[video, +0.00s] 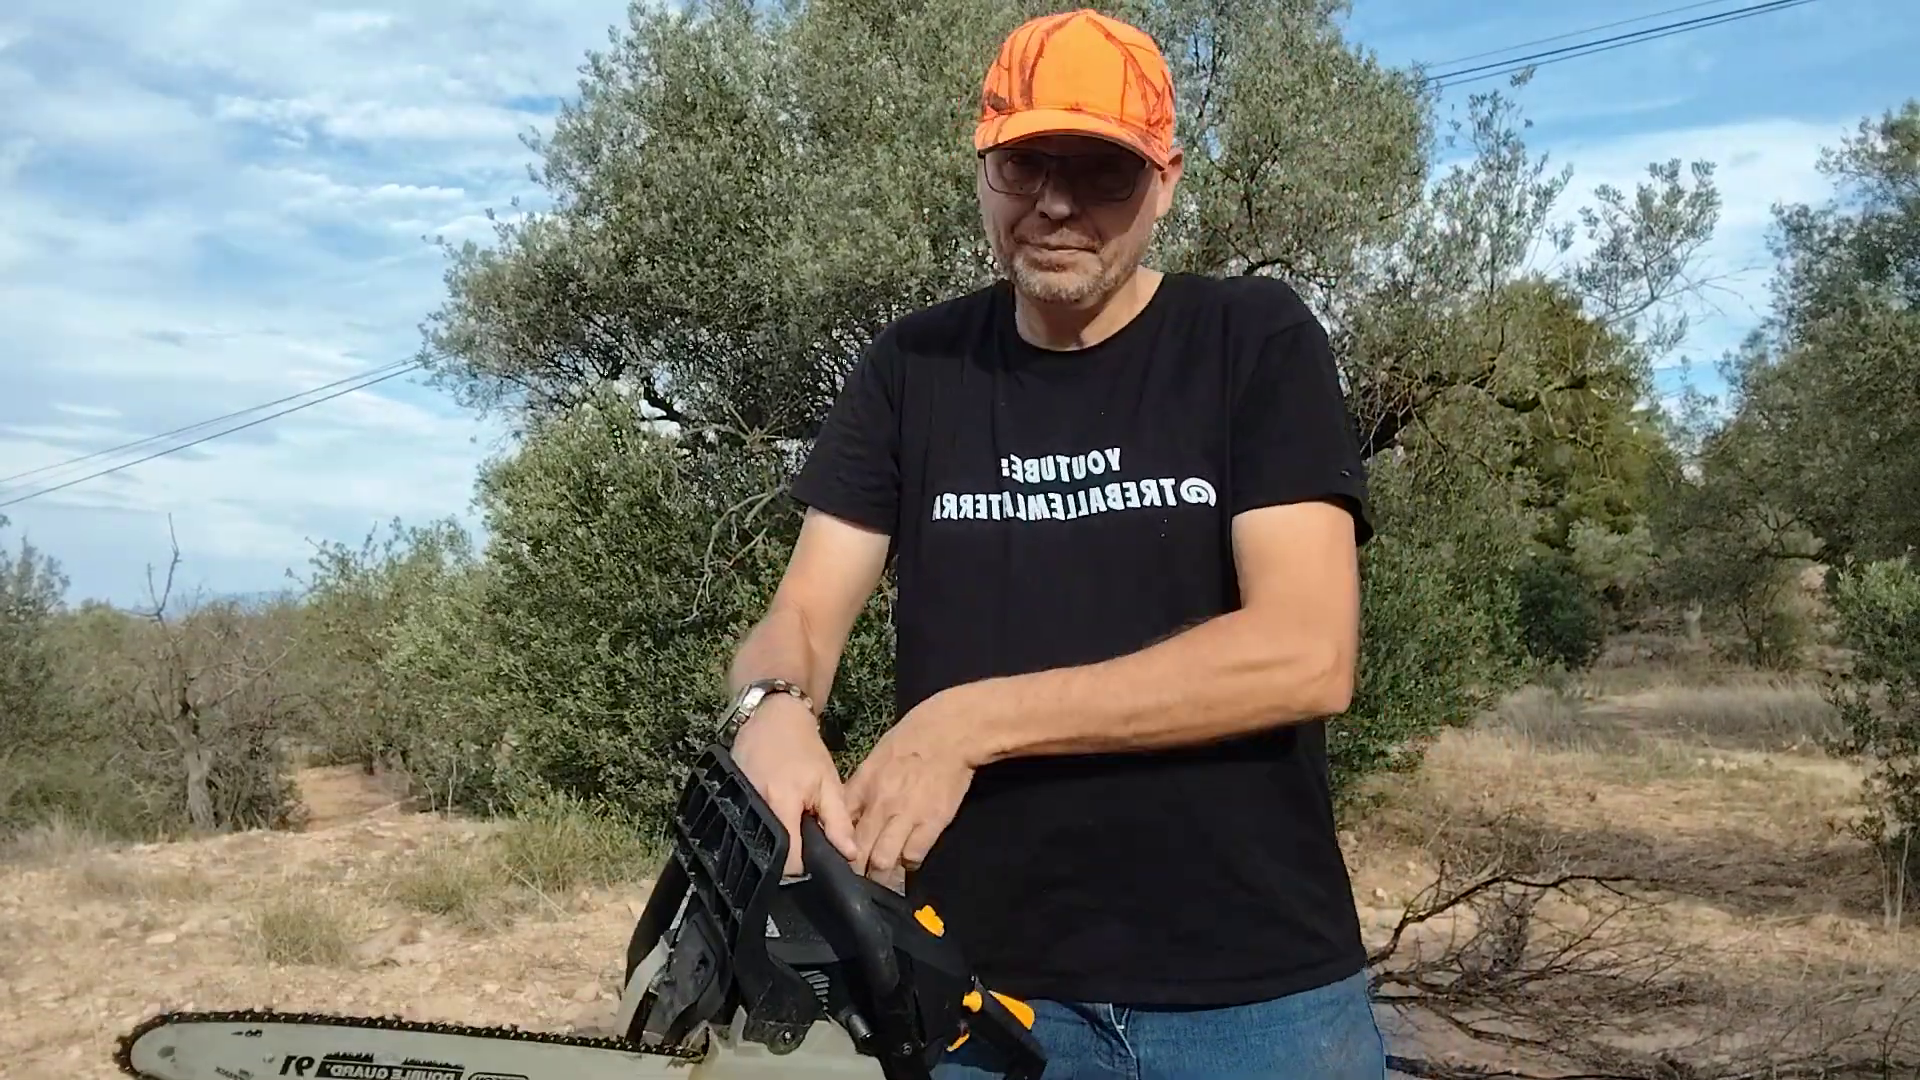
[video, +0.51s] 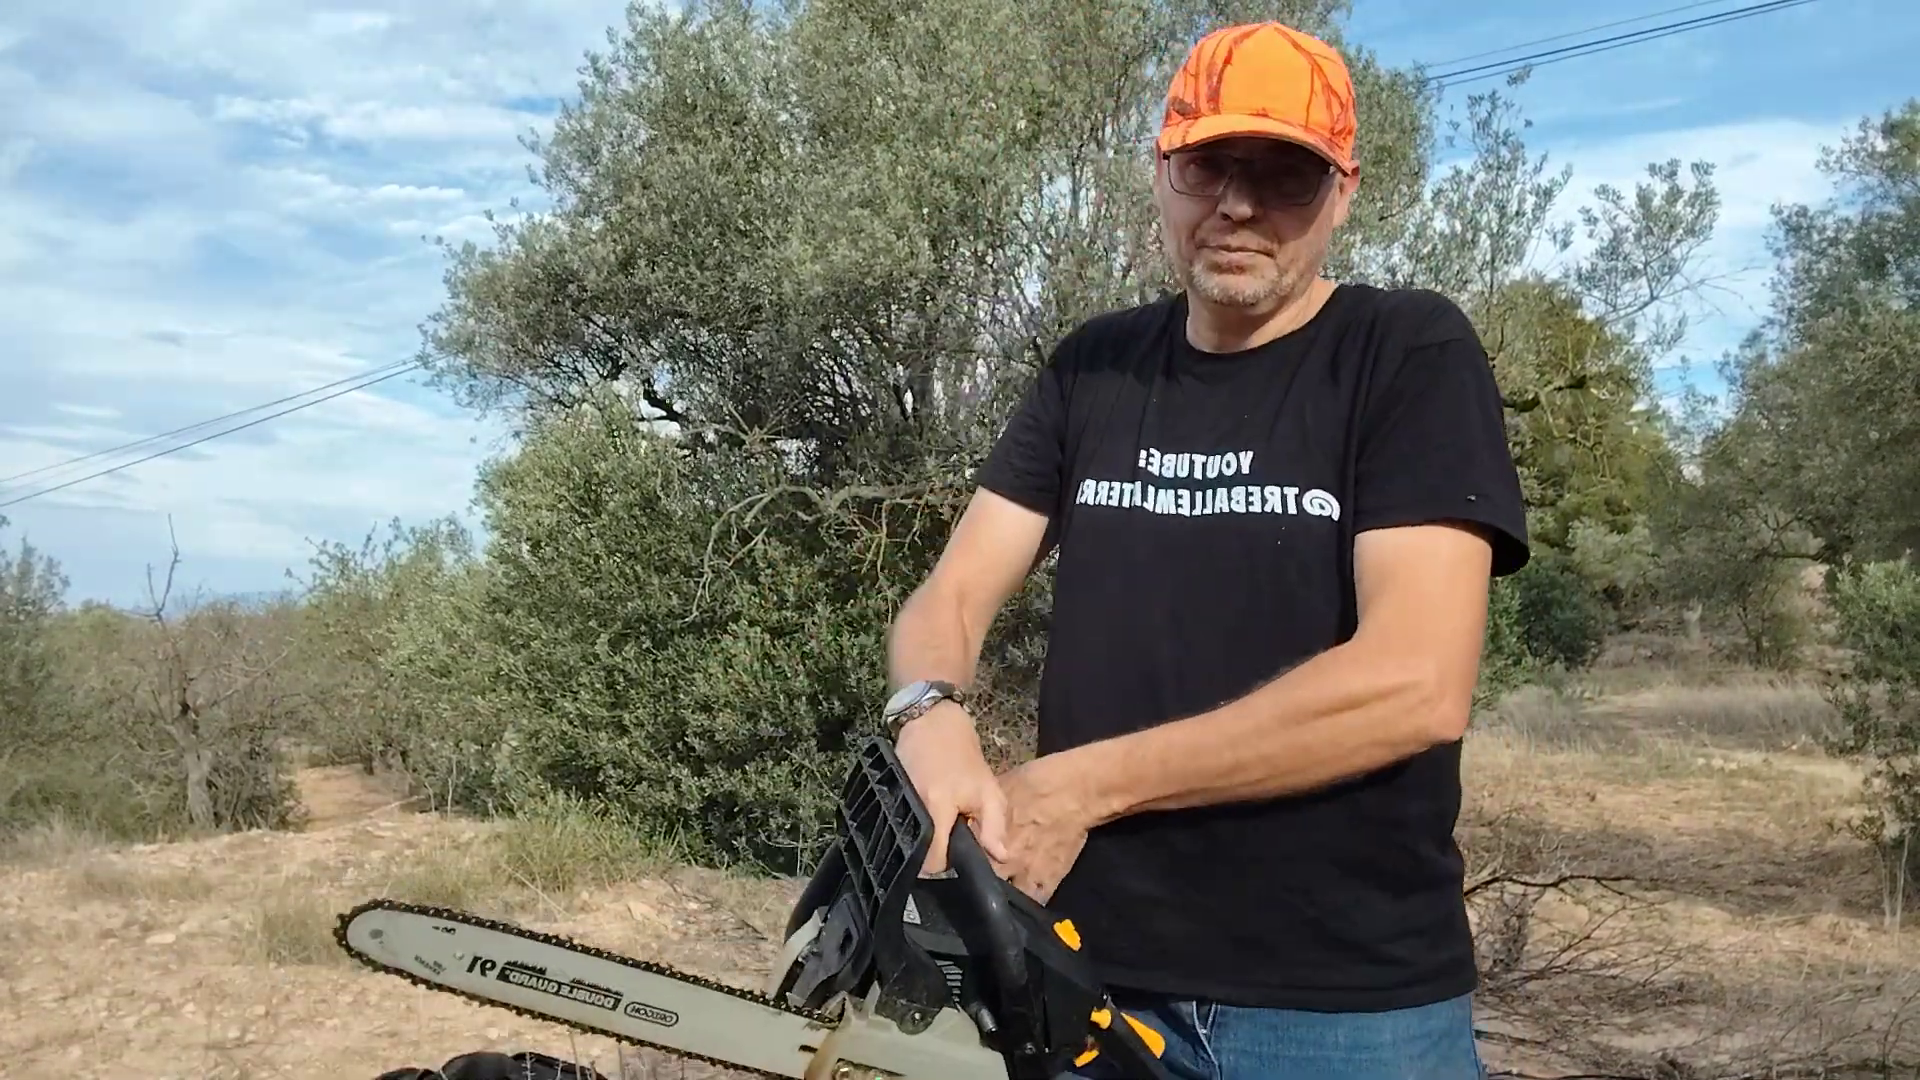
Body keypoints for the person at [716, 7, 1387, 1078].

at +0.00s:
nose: (1057, 206)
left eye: (1098, 173)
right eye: (1027, 168)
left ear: (1161, 184)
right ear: (985, 173)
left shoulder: (1255, 339)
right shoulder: (908, 370)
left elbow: (1307, 652)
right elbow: (802, 621)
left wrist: (965, 721)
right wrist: (773, 714)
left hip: (1261, 1006)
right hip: (986, 1006)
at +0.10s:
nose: (1076, 198)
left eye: (1119, 164)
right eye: (1047, 161)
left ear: (1179, 178)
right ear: (1003, 169)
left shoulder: (1271, 330)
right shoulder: (935, 362)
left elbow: (1309, 645)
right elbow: (824, 620)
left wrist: (978, 731)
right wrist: (796, 711)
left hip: (1274, 1000)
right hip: (1001, 1000)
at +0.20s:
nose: (1112, 198)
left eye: (1154, 164)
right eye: (1080, 160)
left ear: (1214, 178)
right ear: (1034, 168)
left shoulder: (1301, 330)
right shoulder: (969, 365)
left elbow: (1333, 649)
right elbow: (862, 616)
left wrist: (994, 759)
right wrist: (826, 702)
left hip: (1299, 1011)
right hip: (1026, 1008)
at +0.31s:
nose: (1158, 199)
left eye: (1200, 165)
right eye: (1127, 160)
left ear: (1262, 183)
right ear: (1082, 172)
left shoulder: (1342, 339)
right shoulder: (1012, 364)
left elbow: (1362, 663)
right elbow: (879, 606)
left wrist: (1024, 762)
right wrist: (859, 697)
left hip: (1318, 1018)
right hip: (1044, 1013)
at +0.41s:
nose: (1202, 204)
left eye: (1245, 171)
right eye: (1172, 165)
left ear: (1307, 191)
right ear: (1128, 176)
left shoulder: (1379, 347)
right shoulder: (1056, 361)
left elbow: (1390, 675)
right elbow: (913, 596)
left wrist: (1048, 769)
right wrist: (896, 703)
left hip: (1336, 1014)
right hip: (1074, 1004)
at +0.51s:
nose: (1237, 207)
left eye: (1281, 175)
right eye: (1208, 168)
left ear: (1342, 195)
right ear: (1164, 179)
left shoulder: (1410, 350)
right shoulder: (1094, 364)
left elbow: (1417, 680)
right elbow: (948, 601)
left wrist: (1086, 785)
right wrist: (931, 719)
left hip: (1349, 1017)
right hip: (1095, 1000)